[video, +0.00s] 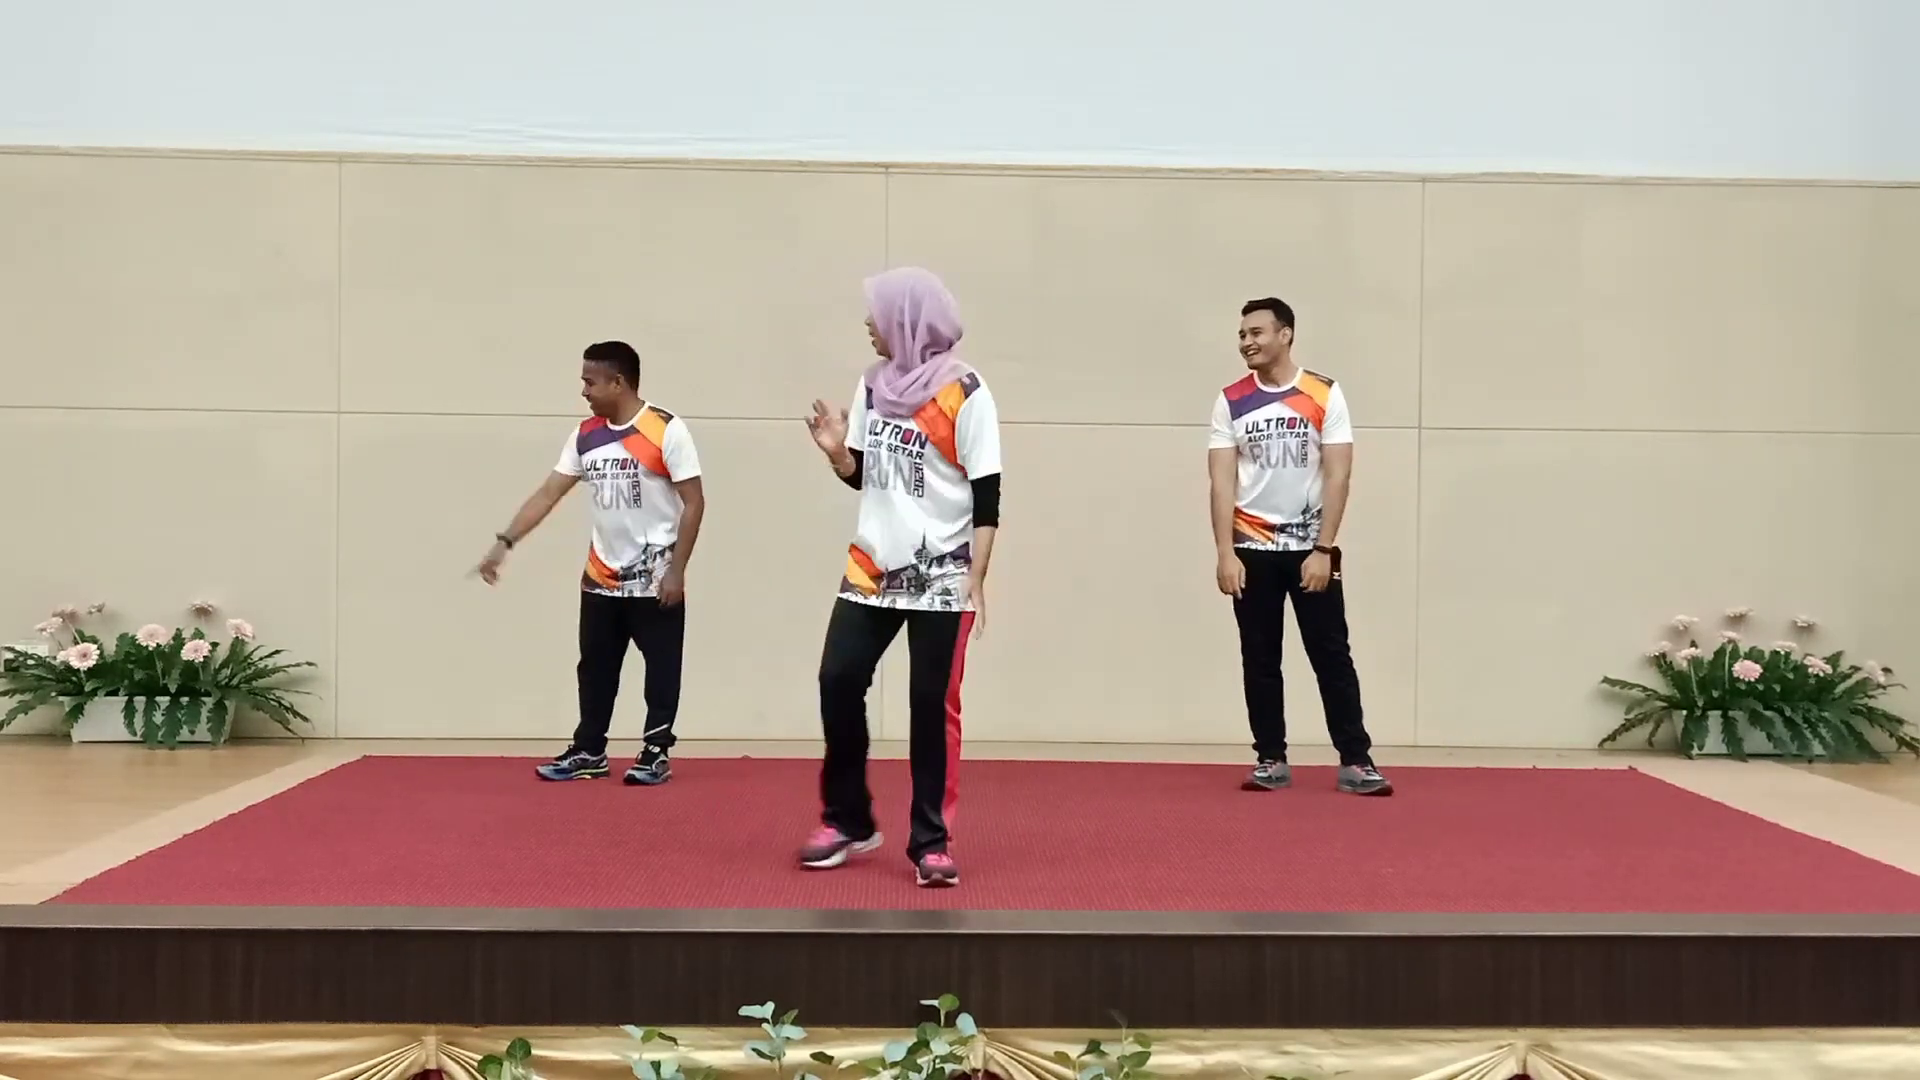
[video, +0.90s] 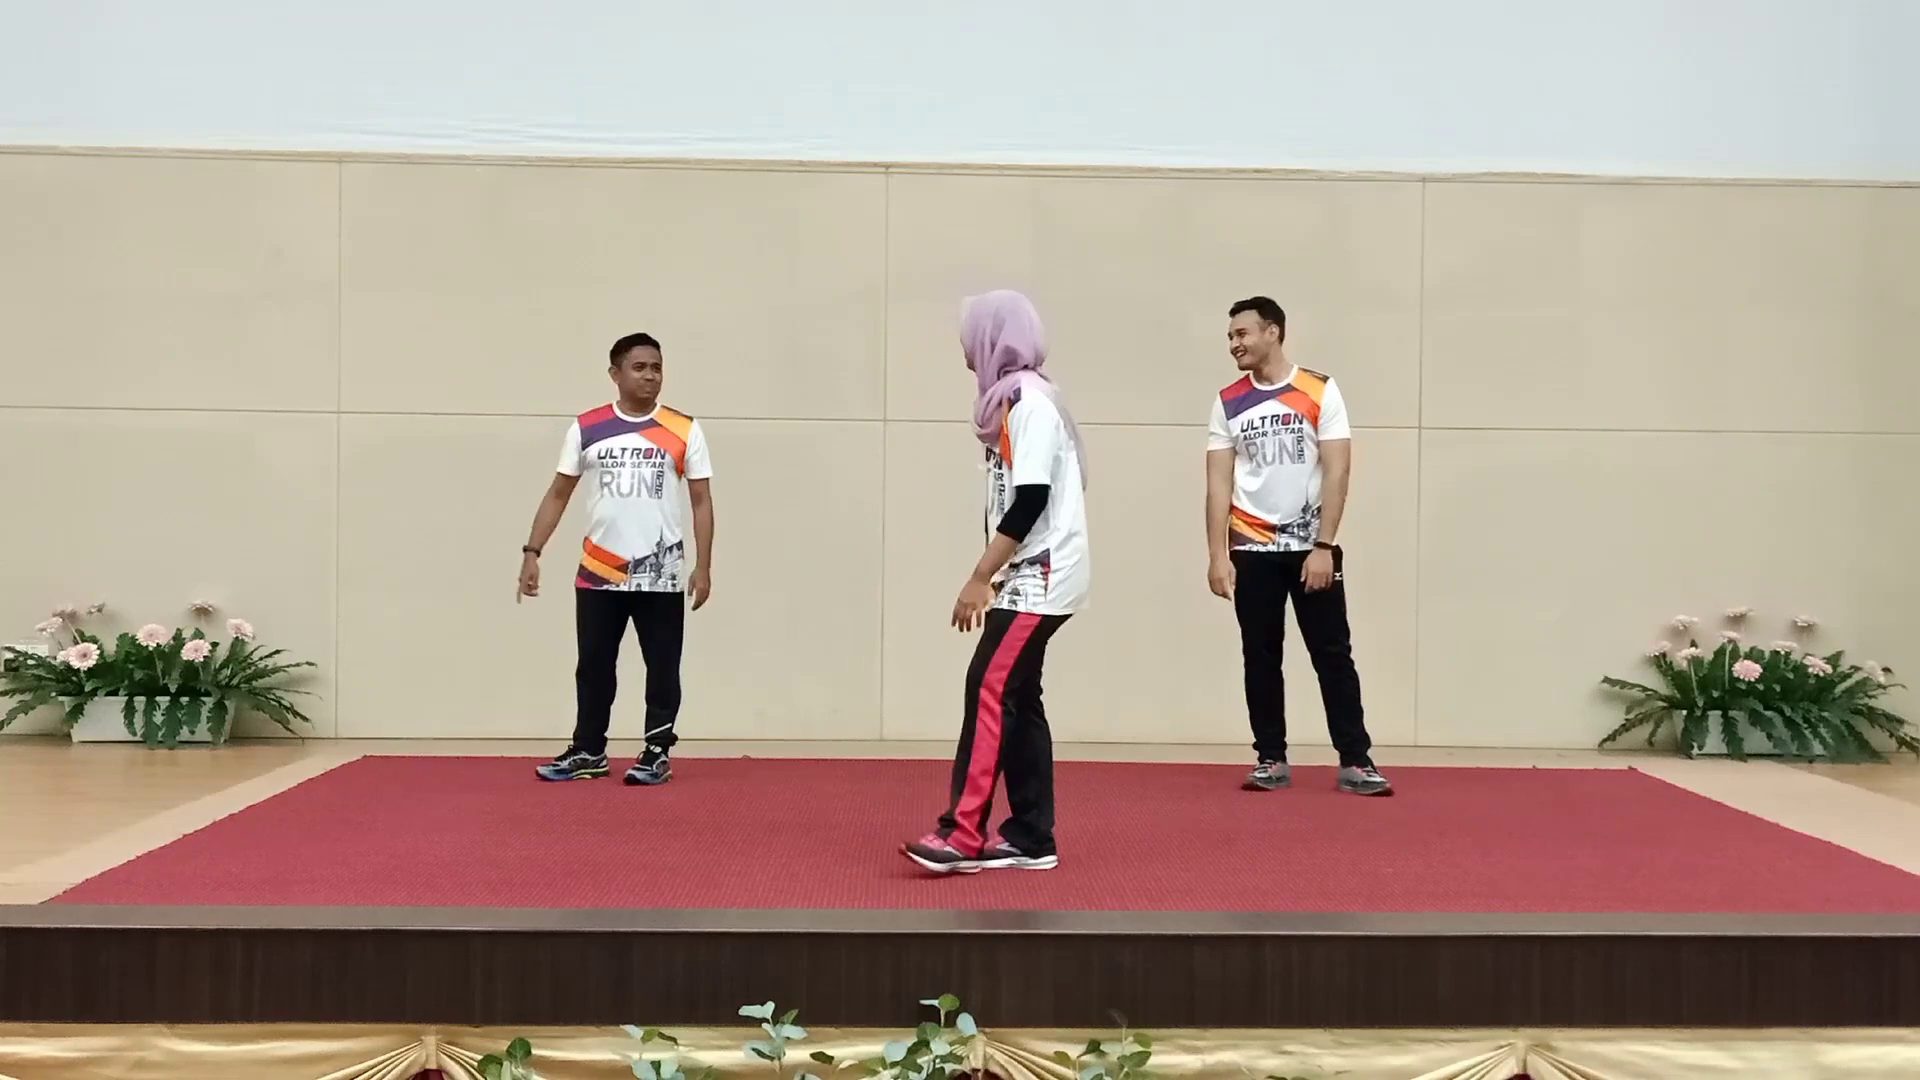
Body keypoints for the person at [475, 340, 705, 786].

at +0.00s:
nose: (583, 390)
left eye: (590, 381)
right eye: (583, 381)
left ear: (620, 382)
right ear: (607, 382)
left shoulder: (667, 432)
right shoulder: (586, 434)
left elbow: (694, 502)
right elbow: (548, 493)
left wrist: (677, 568)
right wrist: (504, 543)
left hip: (656, 576)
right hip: (603, 575)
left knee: (663, 670)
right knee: (596, 668)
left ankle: (655, 755)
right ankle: (588, 753)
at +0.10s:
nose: (588, 386)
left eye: (594, 378)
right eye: (588, 377)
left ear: (623, 379)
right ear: (615, 379)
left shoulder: (670, 428)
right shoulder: (588, 429)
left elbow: (699, 498)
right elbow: (528, 458)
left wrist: (691, 568)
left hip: (658, 576)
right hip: (605, 575)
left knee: (662, 672)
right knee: (596, 668)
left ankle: (656, 755)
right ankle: (589, 752)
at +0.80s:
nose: (649, 374)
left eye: (655, 367)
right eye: (638, 366)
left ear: (663, 373)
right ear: (615, 373)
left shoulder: (685, 430)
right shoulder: (589, 428)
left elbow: (703, 501)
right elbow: (546, 483)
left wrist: (693, 563)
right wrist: (501, 529)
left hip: (662, 574)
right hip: (602, 572)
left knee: (663, 669)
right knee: (593, 667)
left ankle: (656, 755)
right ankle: (588, 753)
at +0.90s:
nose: (651, 375)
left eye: (657, 367)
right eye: (640, 367)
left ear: (663, 372)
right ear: (615, 372)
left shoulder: (684, 430)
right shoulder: (586, 428)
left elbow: (701, 501)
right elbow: (558, 493)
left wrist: (703, 567)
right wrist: (531, 553)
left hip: (661, 576)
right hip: (600, 574)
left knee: (663, 670)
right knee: (593, 668)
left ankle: (657, 753)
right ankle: (588, 752)